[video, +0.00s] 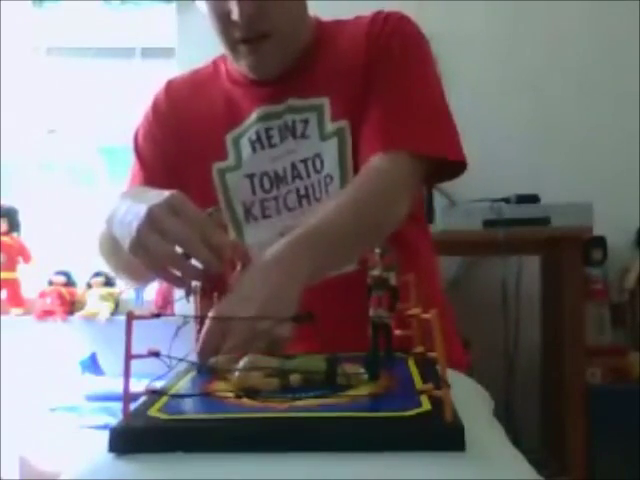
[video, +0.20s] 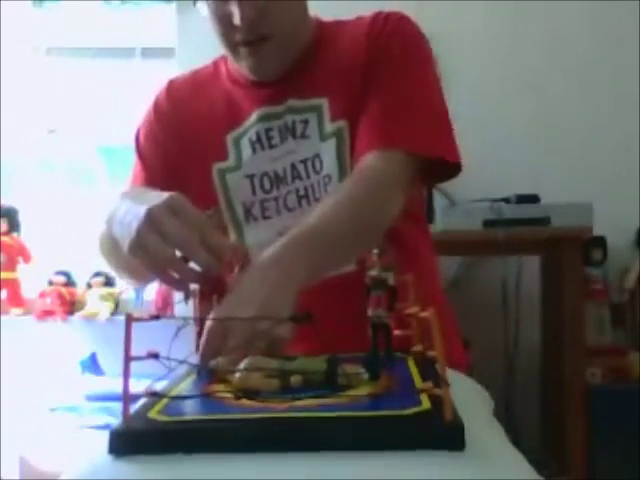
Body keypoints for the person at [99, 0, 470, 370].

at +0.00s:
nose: (239, 15)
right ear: (202, 7)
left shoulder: (383, 43)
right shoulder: (177, 106)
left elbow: (395, 181)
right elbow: (131, 268)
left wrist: (284, 267)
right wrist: (126, 215)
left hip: (399, 382)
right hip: (246, 398)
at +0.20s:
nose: (239, 18)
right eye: (219, 0)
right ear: (203, 7)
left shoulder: (383, 43)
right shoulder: (179, 106)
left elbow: (382, 189)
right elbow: (133, 267)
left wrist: (277, 271)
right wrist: (126, 214)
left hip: (397, 379)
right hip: (246, 396)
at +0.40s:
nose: (240, 20)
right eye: (219, 1)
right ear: (203, 6)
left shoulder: (383, 43)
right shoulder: (178, 106)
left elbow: (380, 189)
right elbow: (134, 261)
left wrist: (272, 271)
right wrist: (125, 215)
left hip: (398, 382)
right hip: (246, 397)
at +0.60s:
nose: (239, 20)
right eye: (219, 2)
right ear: (202, 7)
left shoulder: (382, 44)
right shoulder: (178, 105)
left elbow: (403, 183)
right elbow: (131, 258)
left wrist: (284, 236)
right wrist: (124, 214)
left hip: (402, 374)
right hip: (253, 389)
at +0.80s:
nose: (236, 17)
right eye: (215, 1)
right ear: (198, 8)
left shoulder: (382, 46)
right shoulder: (174, 107)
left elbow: (436, 197)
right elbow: (131, 263)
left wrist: (337, 177)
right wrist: (124, 221)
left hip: (403, 366)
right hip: (255, 379)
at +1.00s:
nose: (233, 15)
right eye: (212, 0)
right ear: (193, 8)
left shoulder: (382, 50)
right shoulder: (169, 111)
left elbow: (484, 195)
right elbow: (130, 270)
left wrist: (415, 140)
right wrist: (116, 229)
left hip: (405, 372)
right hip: (252, 384)